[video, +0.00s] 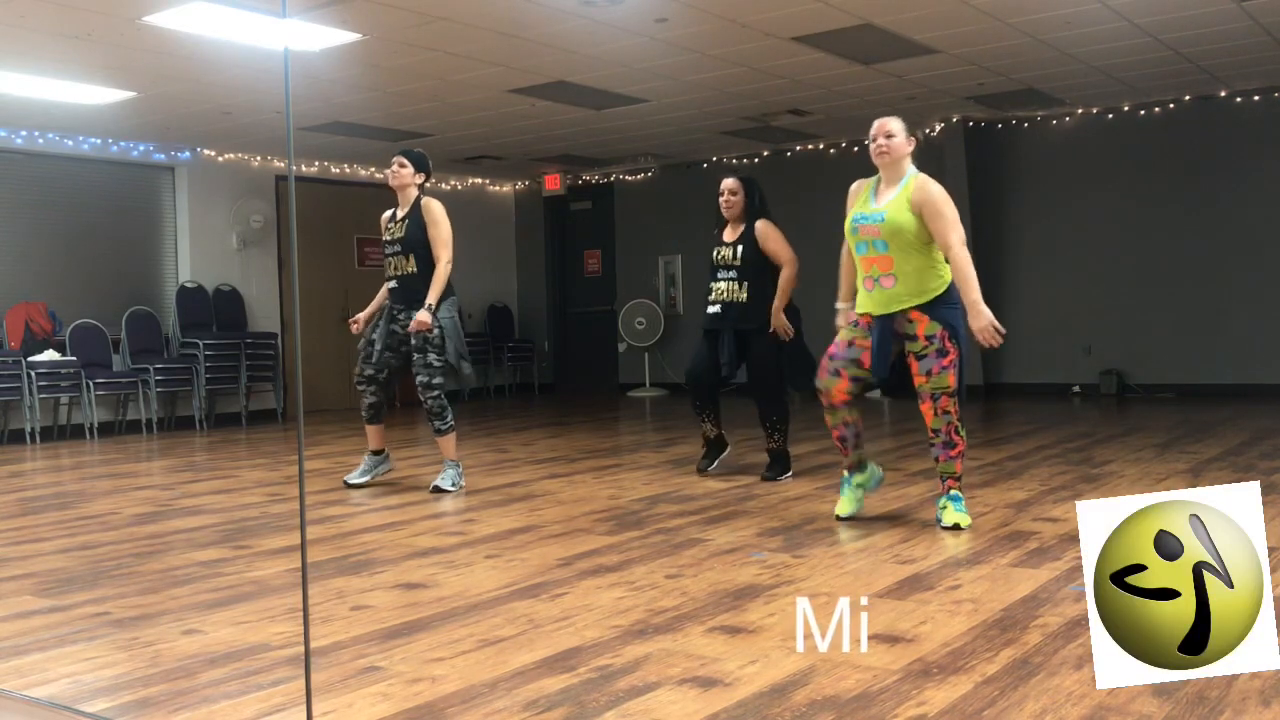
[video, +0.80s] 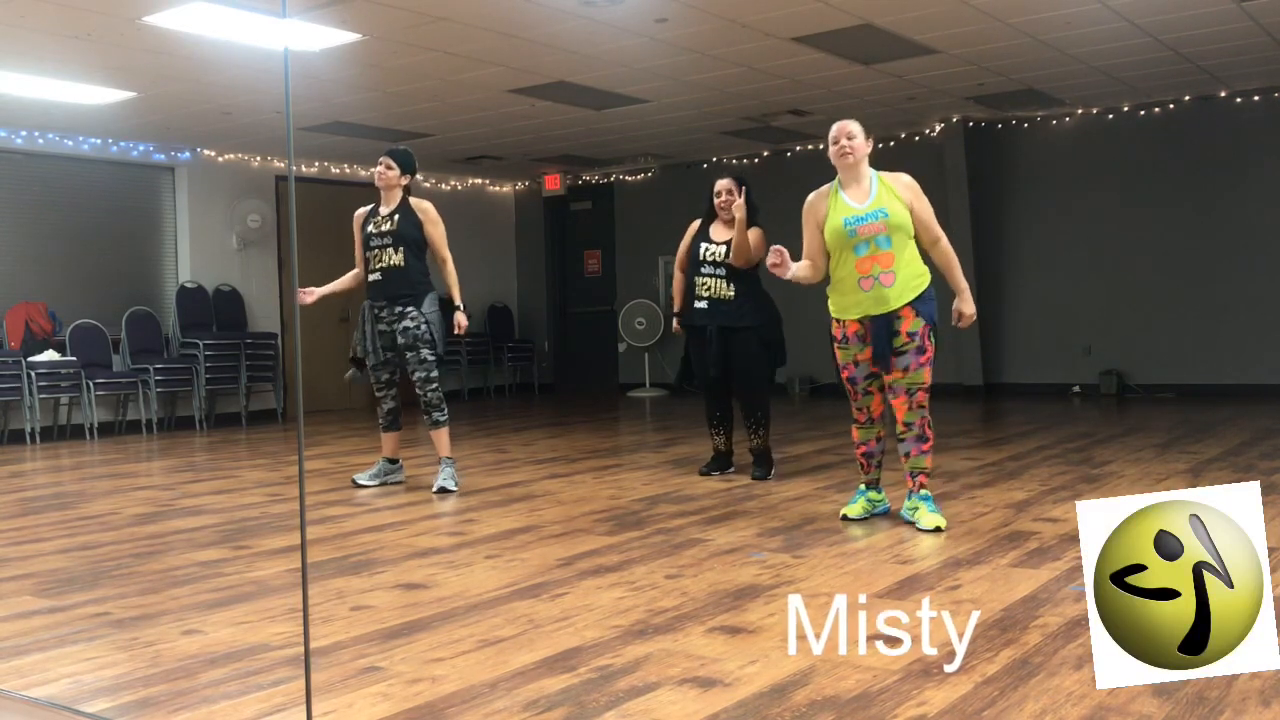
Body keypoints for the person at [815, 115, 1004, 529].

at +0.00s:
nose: (879, 142)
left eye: (889, 135)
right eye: (874, 138)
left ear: (911, 144)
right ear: (869, 151)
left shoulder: (926, 191)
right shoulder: (858, 192)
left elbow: (956, 248)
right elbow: (850, 250)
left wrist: (975, 305)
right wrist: (844, 305)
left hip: (928, 310)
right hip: (873, 312)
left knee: (939, 402)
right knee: (832, 380)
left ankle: (951, 494)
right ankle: (858, 471)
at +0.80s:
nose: (843, 143)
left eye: (851, 136)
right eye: (835, 140)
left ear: (869, 145)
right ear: (828, 154)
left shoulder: (901, 185)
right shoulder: (818, 203)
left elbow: (935, 241)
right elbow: (815, 268)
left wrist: (963, 292)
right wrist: (791, 268)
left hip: (908, 309)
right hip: (851, 318)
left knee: (912, 403)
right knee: (865, 408)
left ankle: (918, 496)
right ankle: (871, 491)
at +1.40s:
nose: (881, 134)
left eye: (891, 127)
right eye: (876, 130)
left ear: (912, 139)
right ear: (869, 144)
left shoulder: (932, 185)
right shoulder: (856, 186)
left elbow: (944, 247)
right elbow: (845, 246)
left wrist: (939, 302)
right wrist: (837, 296)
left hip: (924, 311)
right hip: (870, 314)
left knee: (938, 401)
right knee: (842, 382)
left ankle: (952, 492)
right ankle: (864, 476)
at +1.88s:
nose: (868, 138)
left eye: (876, 131)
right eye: (860, 134)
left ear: (893, 140)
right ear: (851, 147)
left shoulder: (921, 182)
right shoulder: (838, 197)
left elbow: (956, 242)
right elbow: (821, 257)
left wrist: (978, 298)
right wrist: (783, 289)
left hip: (915, 309)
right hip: (857, 314)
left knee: (934, 399)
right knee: (857, 402)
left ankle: (948, 492)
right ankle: (863, 491)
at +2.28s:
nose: (876, 145)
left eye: (885, 137)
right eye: (870, 140)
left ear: (907, 141)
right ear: (865, 148)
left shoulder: (929, 191)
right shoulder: (852, 185)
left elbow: (950, 251)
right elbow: (831, 242)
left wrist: (934, 271)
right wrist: (812, 293)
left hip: (918, 312)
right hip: (864, 315)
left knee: (928, 406)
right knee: (866, 405)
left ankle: (942, 496)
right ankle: (866, 493)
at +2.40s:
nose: (884, 142)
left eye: (892, 134)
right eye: (879, 138)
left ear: (917, 138)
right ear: (875, 148)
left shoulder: (937, 189)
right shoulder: (868, 184)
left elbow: (952, 255)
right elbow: (859, 246)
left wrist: (925, 251)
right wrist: (855, 303)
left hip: (925, 313)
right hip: (875, 312)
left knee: (932, 404)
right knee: (840, 383)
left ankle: (942, 495)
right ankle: (857, 479)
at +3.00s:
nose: (894, 143)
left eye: (904, 136)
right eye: (889, 139)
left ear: (928, 146)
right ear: (887, 150)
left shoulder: (939, 187)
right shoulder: (880, 188)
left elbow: (948, 239)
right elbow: (873, 250)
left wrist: (950, 294)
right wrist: (866, 304)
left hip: (933, 314)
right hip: (883, 315)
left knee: (938, 405)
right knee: (829, 368)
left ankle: (944, 496)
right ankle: (848, 463)